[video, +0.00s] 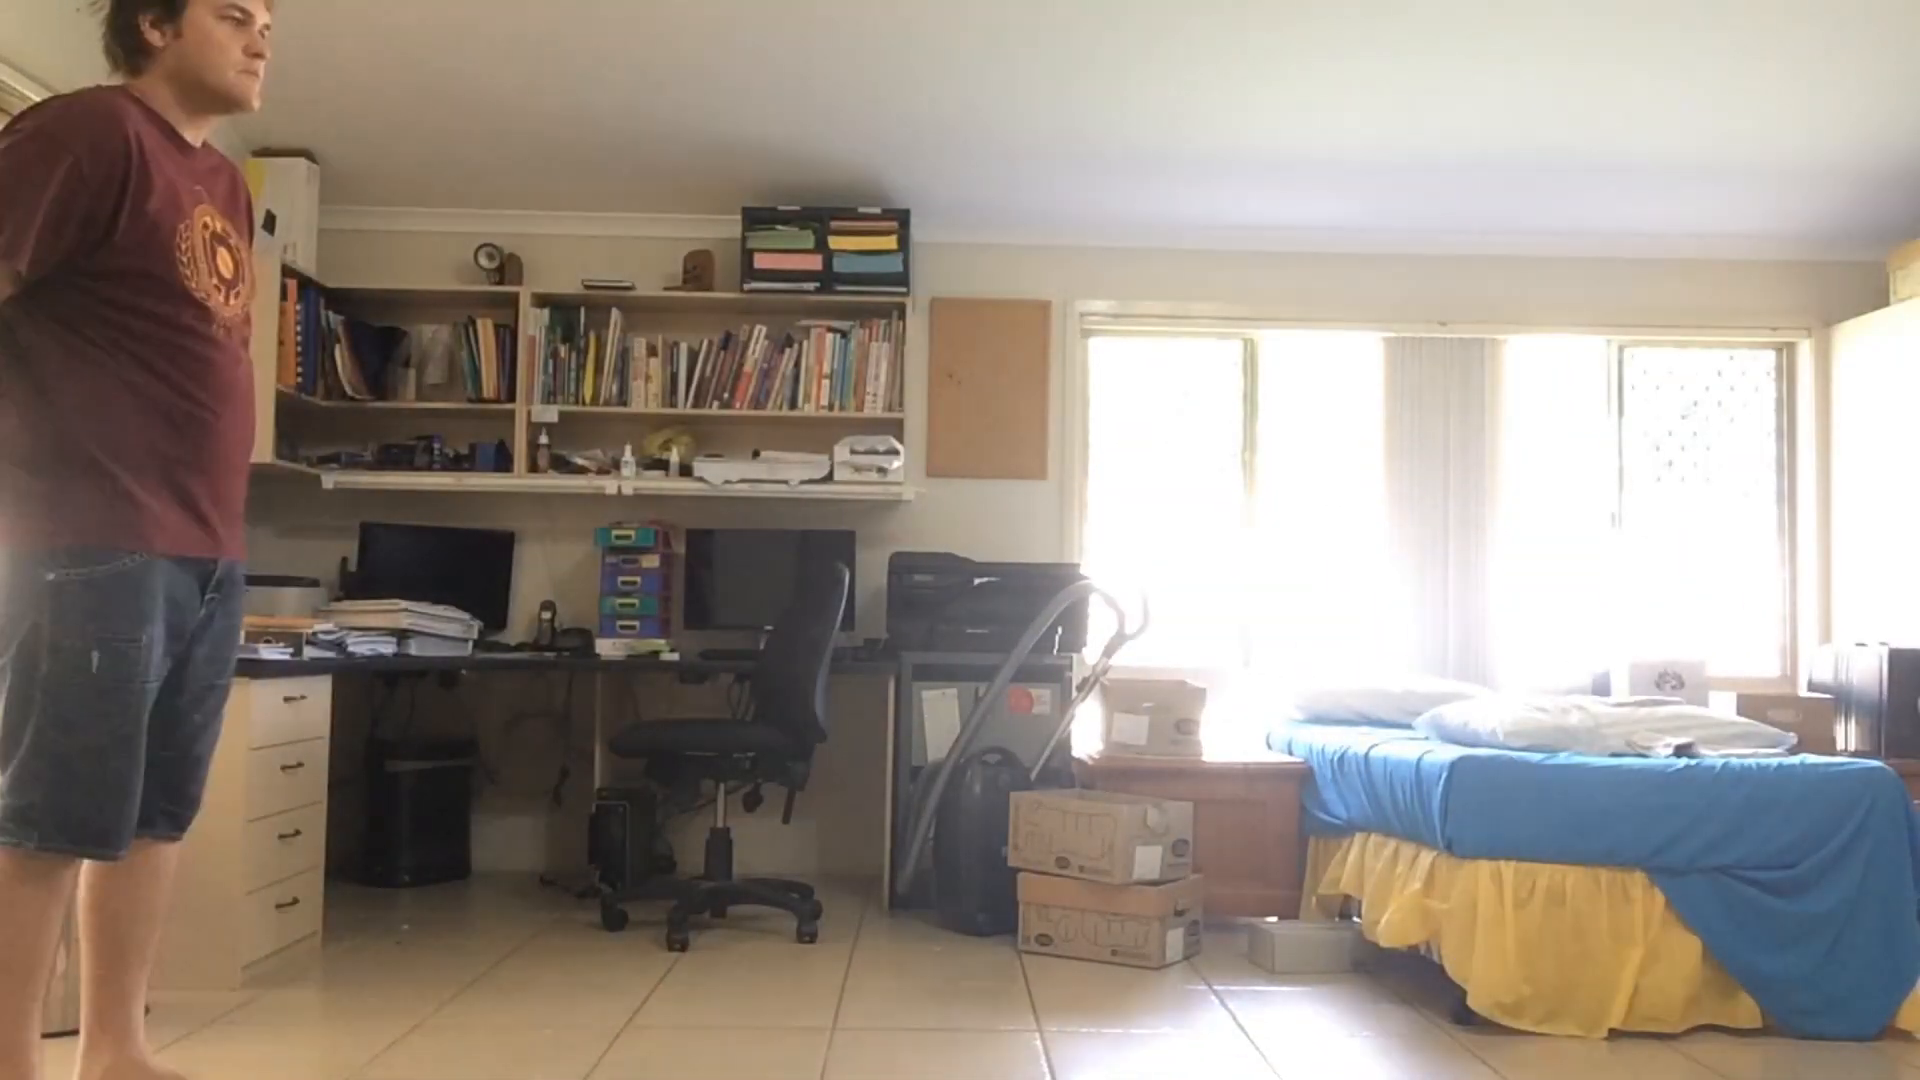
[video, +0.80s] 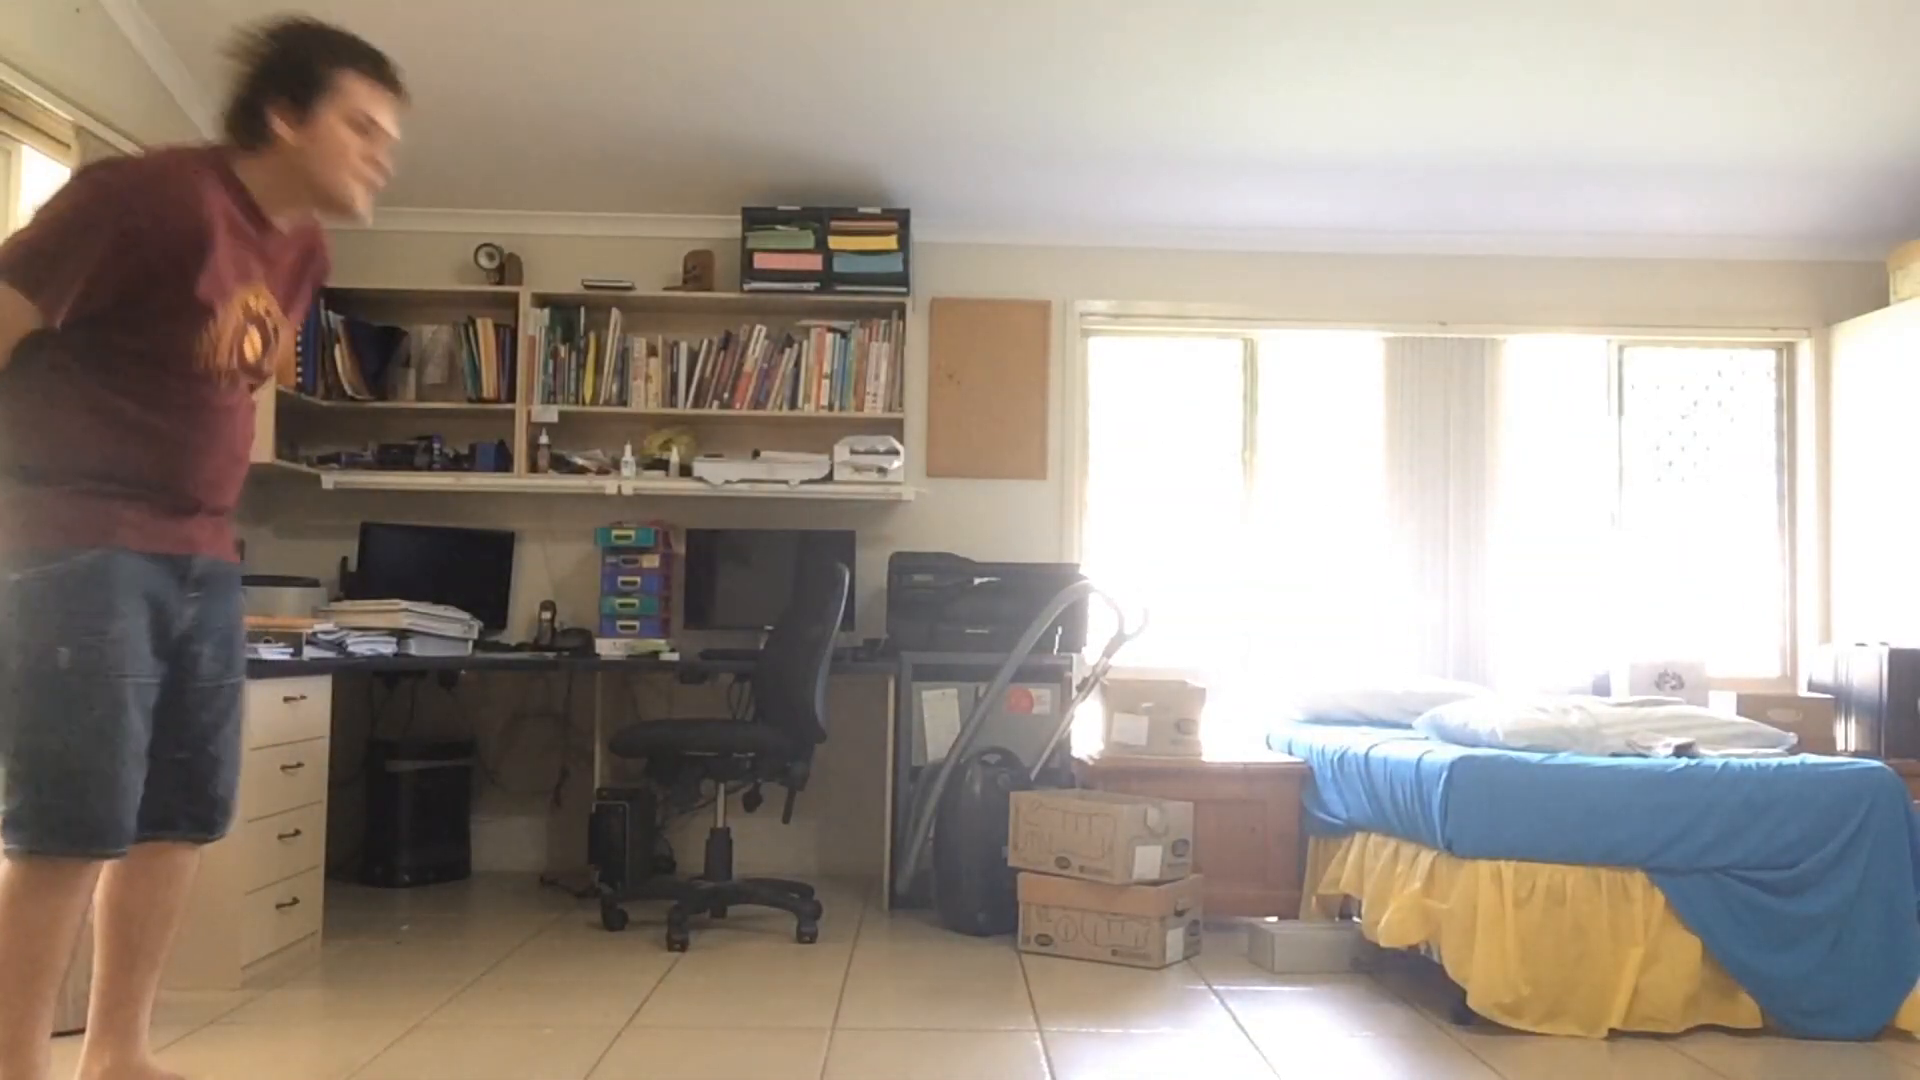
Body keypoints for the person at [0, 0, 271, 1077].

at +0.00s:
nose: (262, 32)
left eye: (265, 17)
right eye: (234, 11)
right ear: (156, 29)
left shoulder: (230, 180)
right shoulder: (82, 131)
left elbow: (210, 350)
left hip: (203, 540)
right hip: (79, 537)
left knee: (150, 819)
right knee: (43, 826)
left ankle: (115, 1052)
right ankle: (16, 1058)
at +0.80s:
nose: (384, 157)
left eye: (390, 139)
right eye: (366, 127)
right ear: (284, 115)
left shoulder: (304, 253)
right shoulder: (143, 192)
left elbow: (248, 388)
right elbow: (3, 312)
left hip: (201, 548)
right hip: (71, 540)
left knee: (171, 818)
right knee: (65, 824)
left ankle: (119, 1053)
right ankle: (18, 1062)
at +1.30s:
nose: (449, 248)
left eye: (457, 231)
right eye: (435, 218)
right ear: (356, 203)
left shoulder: (355, 320)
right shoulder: (207, 261)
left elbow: (259, 443)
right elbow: (29, 385)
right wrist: (10, 560)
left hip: (191, 564)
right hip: (73, 550)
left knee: (194, 806)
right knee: (96, 810)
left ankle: (118, 1054)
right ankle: (25, 1063)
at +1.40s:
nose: (417, 176)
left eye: (424, 158)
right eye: (399, 147)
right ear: (320, 138)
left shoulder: (336, 268)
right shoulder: (197, 211)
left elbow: (267, 422)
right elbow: (43, 366)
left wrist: (296, 538)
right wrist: (96, 554)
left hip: (207, 569)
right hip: (88, 553)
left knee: (183, 824)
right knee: (86, 828)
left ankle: (117, 1056)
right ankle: (24, 1061)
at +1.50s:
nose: (378, 124)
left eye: (383, 108)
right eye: (360, 96)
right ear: (282, 89)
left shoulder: (311, 231)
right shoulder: (174, 174)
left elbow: (274, 386)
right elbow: (63, 340)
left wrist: (360, 478)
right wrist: (216, 477)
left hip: (213, 551)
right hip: (91, 542)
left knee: (176, 824)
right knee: (74, 829)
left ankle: (116, 1058)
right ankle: (25, 1062)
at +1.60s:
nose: (334, 94)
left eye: (342, 81)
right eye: (315, 66)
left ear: (327, 100)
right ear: (237, 58)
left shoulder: (289, 210)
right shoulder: (142, 148)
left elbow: (289, 370)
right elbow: (79, 322)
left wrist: (383, 421)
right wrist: (289, 394)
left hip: (224, 547)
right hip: (99, 537)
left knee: (179, 818)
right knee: (74, 825)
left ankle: (116, 1055)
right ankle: (22, 1059)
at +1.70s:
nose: (301, 73)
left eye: (306, 55)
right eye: (279, 44)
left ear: (235, 61)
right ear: (201, 46)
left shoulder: (267, 203)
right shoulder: (115, 141)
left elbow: (268, 363)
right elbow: (76, 307)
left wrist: (389, 398)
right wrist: (286, 335)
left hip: (227, 543)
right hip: (101, 535)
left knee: (175, 818)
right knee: (70, 825)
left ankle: (117, 1053)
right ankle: (22, 1060)